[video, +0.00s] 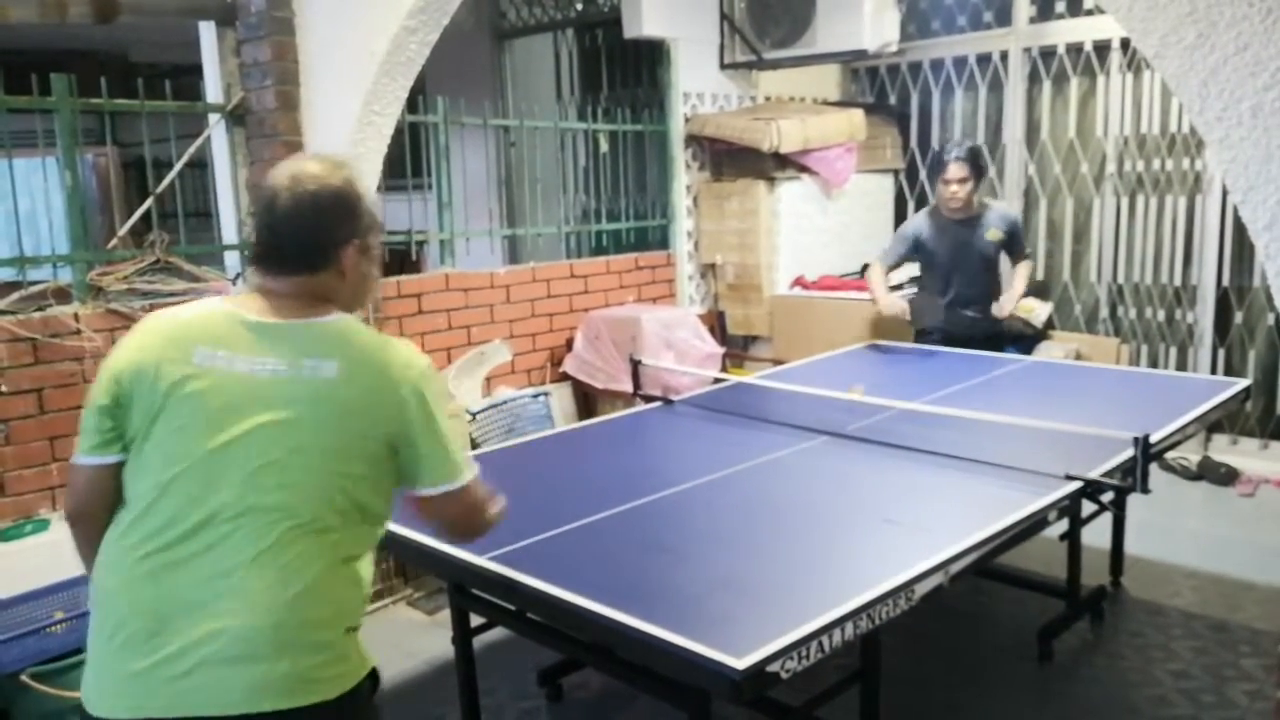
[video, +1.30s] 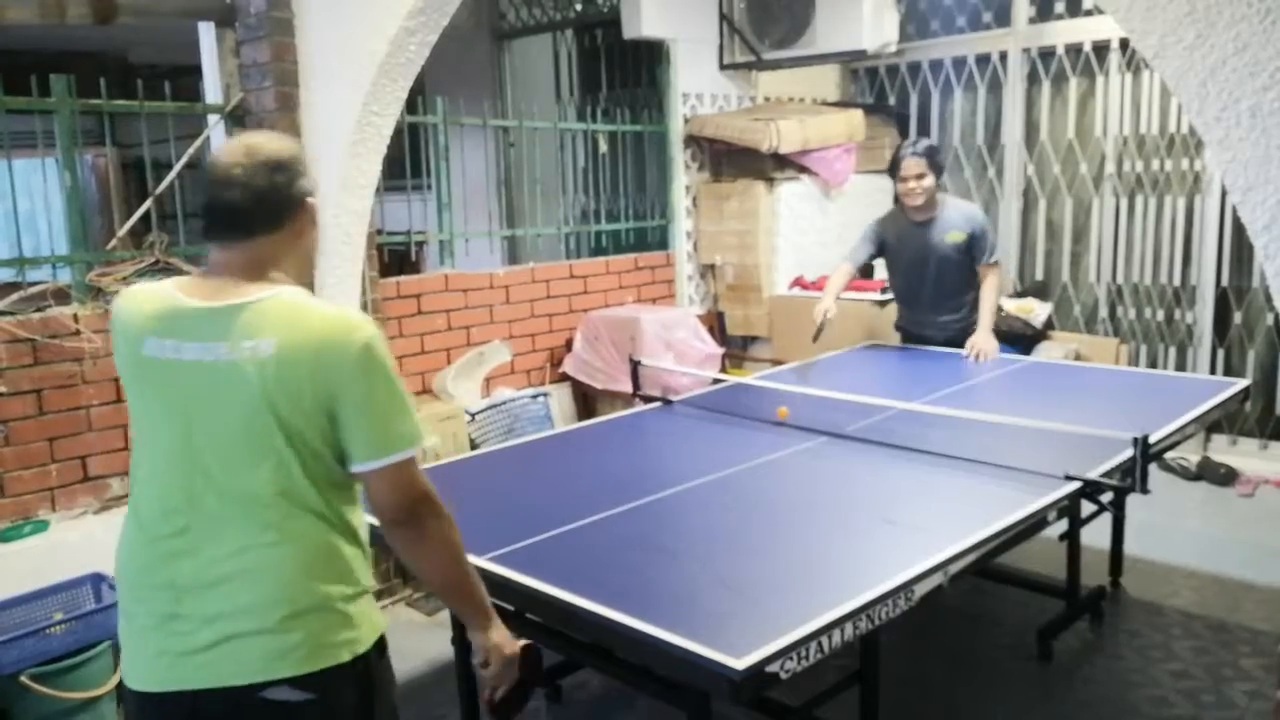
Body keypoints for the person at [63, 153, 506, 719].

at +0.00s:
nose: (379, 269)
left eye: (381, 252)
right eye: (377, 252)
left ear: (260, 249)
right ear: (349, 257)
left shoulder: (152, 341)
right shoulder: (390, 366)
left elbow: (85, 507)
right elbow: (460, 516)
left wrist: (129, 599)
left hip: (131, 688)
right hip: (297, 687)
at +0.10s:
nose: (326, 269)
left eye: (327, 251)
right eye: (323, 252)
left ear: (214, 250)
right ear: (296, 257)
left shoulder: (102, 352)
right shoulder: (340, 370)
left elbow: (49, 520)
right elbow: (391, 541)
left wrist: (89, 612)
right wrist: (425, 552)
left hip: (101, 692)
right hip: (269, 688)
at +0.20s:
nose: (288, 265)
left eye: (287, 244)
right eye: (280, 243)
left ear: (163, 245)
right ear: (242, 251)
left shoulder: (57, 354)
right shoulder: (290, 367)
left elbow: (15, 535)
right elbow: (329, 557)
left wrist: (43, 631)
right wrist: (373, 564)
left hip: (72, 693)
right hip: (240, 694)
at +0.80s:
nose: (336, 254)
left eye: (337, 239)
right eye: (333, 239)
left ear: (227, 240)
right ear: (308, 248)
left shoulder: (124, 343)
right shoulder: (348, 359)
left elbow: (72, 506)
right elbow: (381, 542)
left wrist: (105, 610)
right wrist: (380, 576)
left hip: (146, 672)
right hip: (300, 669)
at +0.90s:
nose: (366, 254)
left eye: (369, 239)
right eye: (366, 238)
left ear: (256, 231)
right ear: (343, 241)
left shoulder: (153, 332)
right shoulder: (377, 351)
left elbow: (99, 489)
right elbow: (419, 532)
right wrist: (401, 576)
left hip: (169, 671)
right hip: (323, 667)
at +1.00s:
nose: (378, 243)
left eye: (380, 227)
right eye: (379, 227)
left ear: (269, 222)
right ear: (366, 231)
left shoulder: (175, 319)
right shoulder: (397, 340)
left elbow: (125, 463)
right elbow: (452, 518)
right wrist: (436, 583)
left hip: (181, 666)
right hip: (335, 660)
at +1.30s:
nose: (316, 228)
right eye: (315, 214)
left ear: (208, 223)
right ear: (305, 219)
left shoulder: (135, 316)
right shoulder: (339, 338)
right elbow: (406, 509)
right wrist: (483, 621)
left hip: (159, 672)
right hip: (306, 666)